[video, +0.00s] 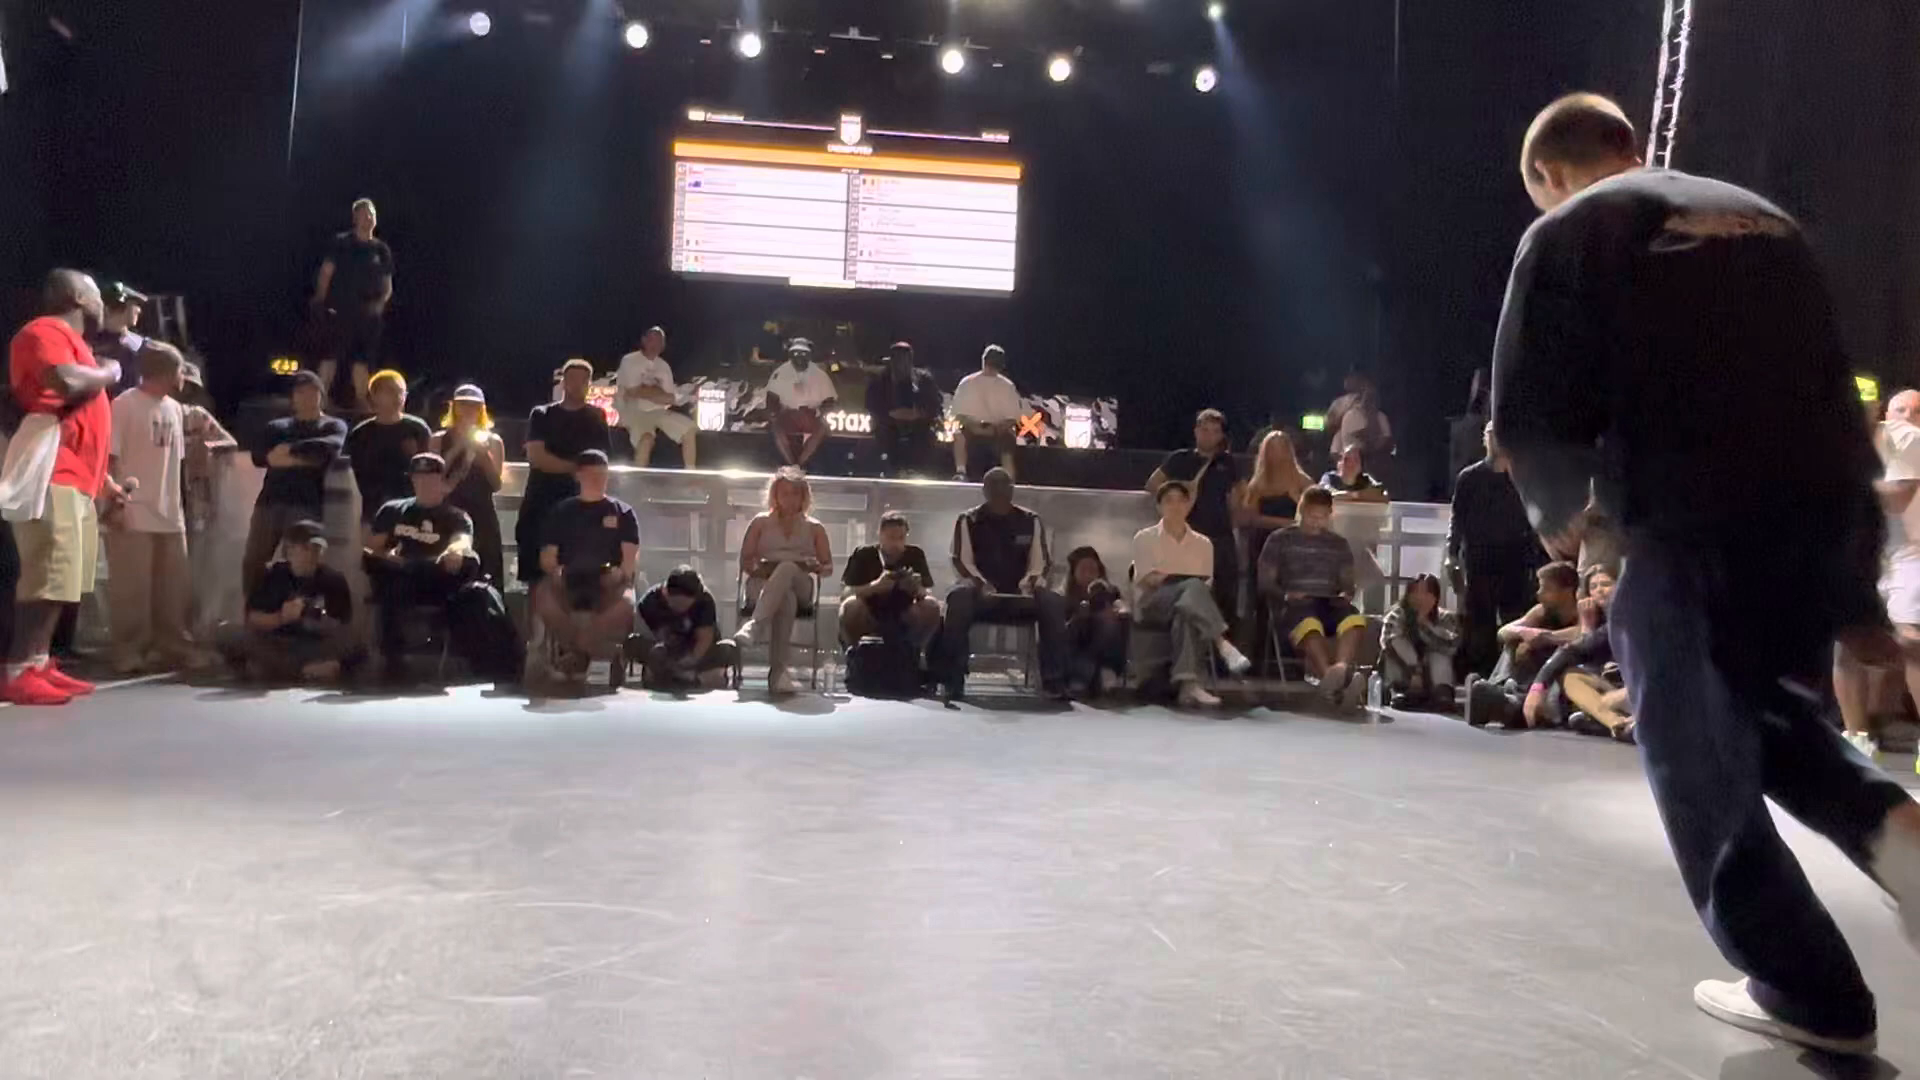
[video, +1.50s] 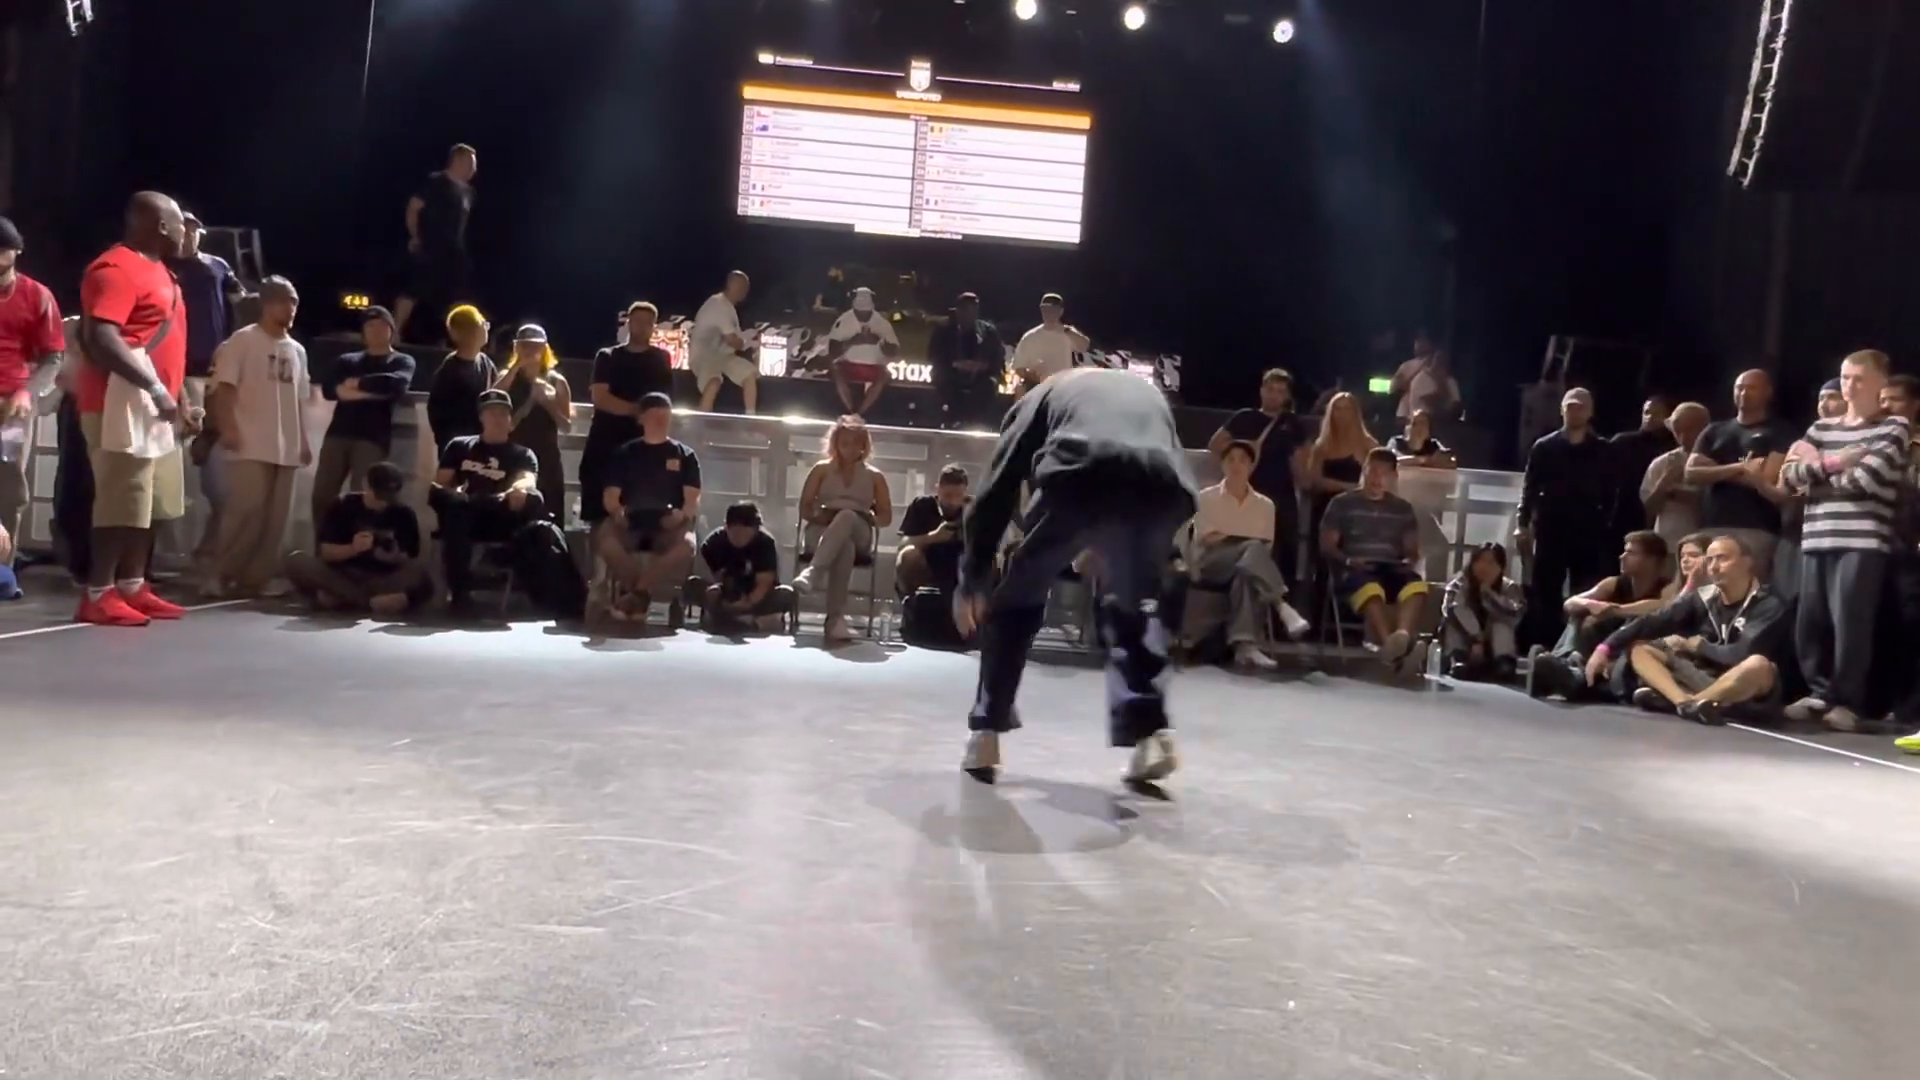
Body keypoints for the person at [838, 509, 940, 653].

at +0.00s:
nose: (896, 544)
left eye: (901, 538)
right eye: (891, 538)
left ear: (906, 537)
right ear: (880, 535)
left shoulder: (915, 554)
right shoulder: (863, 555)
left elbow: (926, 593)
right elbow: (845, 594)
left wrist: (916, 588)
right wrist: (875, 586)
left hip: (905, 612)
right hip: (871, 612)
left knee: (930, 607)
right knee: (851, 607)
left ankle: (914, 656)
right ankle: (860, 659)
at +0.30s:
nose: (911, 527)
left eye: (916, 522)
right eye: (906, 522)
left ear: (922, 519)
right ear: (895, 517)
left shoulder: (931, 536)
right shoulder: (878, 536)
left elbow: (943, 574)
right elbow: (861, 574)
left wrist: (932, 569)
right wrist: (892, 567)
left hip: (920, 596)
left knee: (945, 587)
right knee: (866, 587)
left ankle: (926, 638)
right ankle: (873, 640)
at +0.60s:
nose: (926, 518)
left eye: (931, 512)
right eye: (921, 512)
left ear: (938, 509)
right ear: (911, 506)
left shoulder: (946, 524)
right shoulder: (894, 523)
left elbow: (959, 563)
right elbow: (876, 562)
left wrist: (948, 557)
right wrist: (907, 554)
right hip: (900, 585)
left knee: (961, 575)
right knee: (882, 574)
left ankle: (942, 627)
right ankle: (888, 627)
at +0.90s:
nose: (939, 509)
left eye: (944, 503)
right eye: (933, 503)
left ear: (951, 500)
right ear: (924, 497)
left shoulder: (960, 514)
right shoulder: (907, 514)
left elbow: (972, 554)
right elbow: (889, 552)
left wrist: (961, 547)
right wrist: (920, 545)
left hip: (949, 574)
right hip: (914, 574)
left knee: (975, 566)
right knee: (895, 565)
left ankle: (955, 615)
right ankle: (898, 617)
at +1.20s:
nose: (948, 504)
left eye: (953, 498)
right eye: (943, 498)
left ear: (960, 495)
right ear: (933, 492)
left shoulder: (969, 509)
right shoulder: (916, 508)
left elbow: (980, 549)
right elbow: (899, 546)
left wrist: (971, 542)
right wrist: (930, 539)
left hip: (958, 571)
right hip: (922, 572)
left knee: (984, 561)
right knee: (904, 558)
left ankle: (965, 612)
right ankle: (913, 613)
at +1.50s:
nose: (952, 501)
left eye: (958, 495)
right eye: (947, 495)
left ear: (965, 493)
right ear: (937, 490)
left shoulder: (972, 511)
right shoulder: (921, 505)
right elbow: (903, 543)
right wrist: (933, 537)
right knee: (909, 555)